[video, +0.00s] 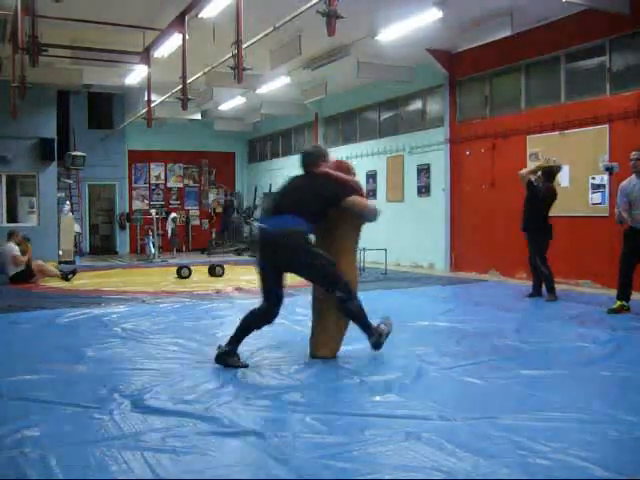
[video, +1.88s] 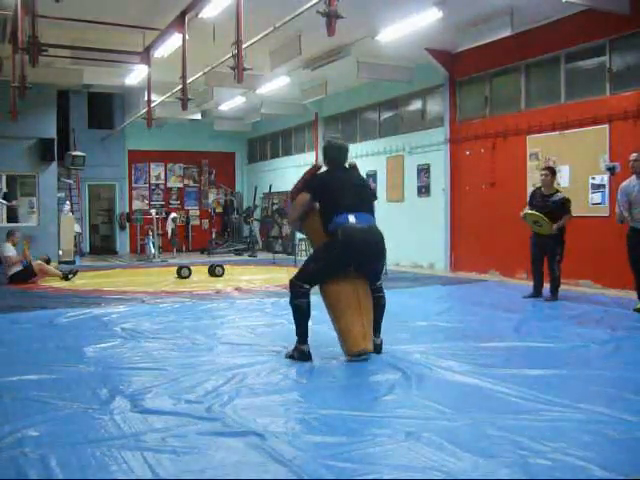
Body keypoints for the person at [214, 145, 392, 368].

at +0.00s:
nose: (329, 164)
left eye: (327, 162)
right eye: (328, 162)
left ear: (305, 164)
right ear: (324, 163)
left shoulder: (293, 182)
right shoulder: (331, 182)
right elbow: (369, 211)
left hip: (267, 246)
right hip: (294, 246)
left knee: (269, 308)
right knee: (339, 287)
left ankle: (228, 350)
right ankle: (372, 334)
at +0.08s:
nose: (346, 170)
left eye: (344, 167)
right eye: (344, 166)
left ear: (322, 169)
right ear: (342, 167)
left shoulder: (309, 187)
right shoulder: (351, 187)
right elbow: (386, 217)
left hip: (293, 250)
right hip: (322, 251)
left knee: (277, 308)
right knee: (358, 292)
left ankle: (239, 344)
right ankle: (378, 343)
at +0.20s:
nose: (363, 174)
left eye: (362, 171)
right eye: (362, 171)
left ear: (340, 170)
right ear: (359, 172)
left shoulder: (322, 188)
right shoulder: (363, 190)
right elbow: (390, 199)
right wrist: (371, 183)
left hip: (308, 249)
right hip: (340, 251)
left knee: (289, 293)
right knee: (373, 286)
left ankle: (270, 338)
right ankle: (382, 343)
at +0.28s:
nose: (369, 169)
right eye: (369, 165)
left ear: (348, 163)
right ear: (370, 166)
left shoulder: (331, 179)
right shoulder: (375, 184)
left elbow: (312, 212)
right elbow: (399, 222)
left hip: (320, 237)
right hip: (352, 239)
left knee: (299, 288)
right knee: (377, 284)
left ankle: (292, 344)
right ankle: (382, 342)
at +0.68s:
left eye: (336, 163)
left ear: (334, 165)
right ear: (355, 166)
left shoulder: (325, 179)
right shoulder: (367, 184)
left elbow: (297, 208)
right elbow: (377, 213)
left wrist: (309, 220)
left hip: (339, 243)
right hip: (372, 242)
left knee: (306, 289)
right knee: (379, 283)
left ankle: (311, 349)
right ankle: (379, 336)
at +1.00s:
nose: (317, 185)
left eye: (317, 182)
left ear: (320, 183)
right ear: (341, 182)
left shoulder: (316, 198)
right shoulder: (354, 197)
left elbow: (291, 231)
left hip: (350, 251)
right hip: (381, 249)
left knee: (305, 286)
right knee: (373, 285)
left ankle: (309, 348)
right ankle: (377, 338)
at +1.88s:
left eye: (325, 157)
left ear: (324, 159)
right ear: (346, 158)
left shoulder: (319, 180)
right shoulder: (360, 179)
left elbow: (293, 215)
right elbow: (370, 203)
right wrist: (357, 174)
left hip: (343, 241)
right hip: (373, 238)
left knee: (299, 284)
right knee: (375, 284)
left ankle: (302, 346)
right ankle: (376, 338)